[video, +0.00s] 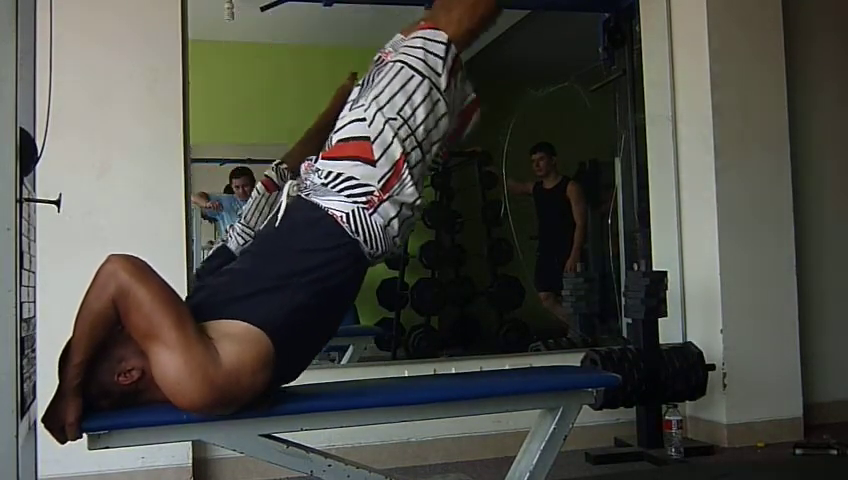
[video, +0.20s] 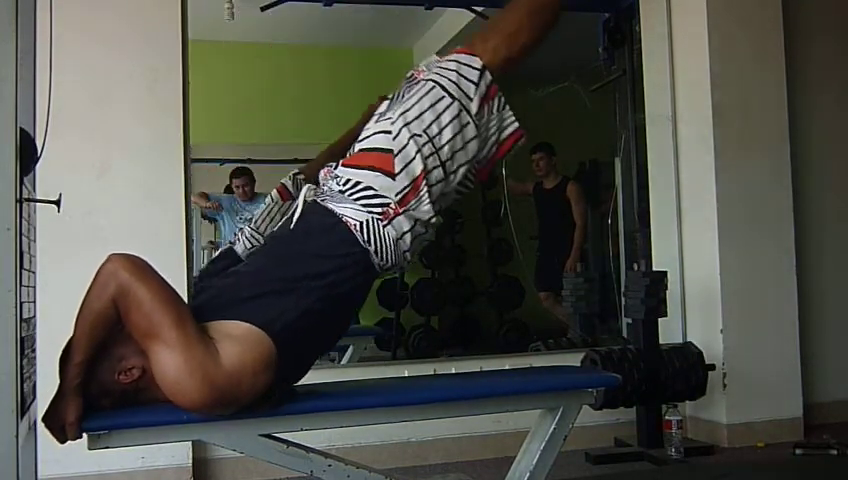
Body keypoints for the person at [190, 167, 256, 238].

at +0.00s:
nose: (241, 191)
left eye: (245, 186)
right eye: (237, 187)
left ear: (253, 185)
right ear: (232, 187)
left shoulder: (261, 201)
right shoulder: (226, 201)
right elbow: (196, 197)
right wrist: (206, 203)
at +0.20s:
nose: (241, 191)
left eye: (245, 186)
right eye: (237, 188)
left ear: (253, 184)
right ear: (232, 188)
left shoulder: (267, 201)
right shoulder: (225, 202)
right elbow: (196, 197)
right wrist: (206, 203)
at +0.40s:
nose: (241, 191)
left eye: (245, 186)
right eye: (237, 187)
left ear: (254, 184)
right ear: (232, 187)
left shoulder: (267, 203)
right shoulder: (225, 202)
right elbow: (195, 197)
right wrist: (206, 203)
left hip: (259, 260)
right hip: (229, 262)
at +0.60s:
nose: (242, 192)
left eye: (246, 186)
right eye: (237, 188)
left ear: (254, 184)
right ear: (232, 188)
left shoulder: (268, 203)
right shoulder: (225, 202)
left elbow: (283, 229)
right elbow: (195, 197)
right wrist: (206, 203)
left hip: (260, 260)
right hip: (230, 261)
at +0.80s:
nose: (242, 191)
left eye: (245, 186)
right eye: (237, 187)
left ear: (254, 184)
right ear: (232, 187)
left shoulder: (268, 203)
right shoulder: (225, 202)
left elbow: (281, 232)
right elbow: (195, 197)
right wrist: (206, 203)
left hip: (260, 263)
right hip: (230, 265)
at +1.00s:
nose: (242, 191)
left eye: (246, 186)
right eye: (237, 187)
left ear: (254, 184)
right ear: (232, 187)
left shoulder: (269, 203)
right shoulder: (224, 202)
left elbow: (281, 233)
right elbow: (196, 197)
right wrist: (206, 203)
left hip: (262, 264)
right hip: (232, 266)